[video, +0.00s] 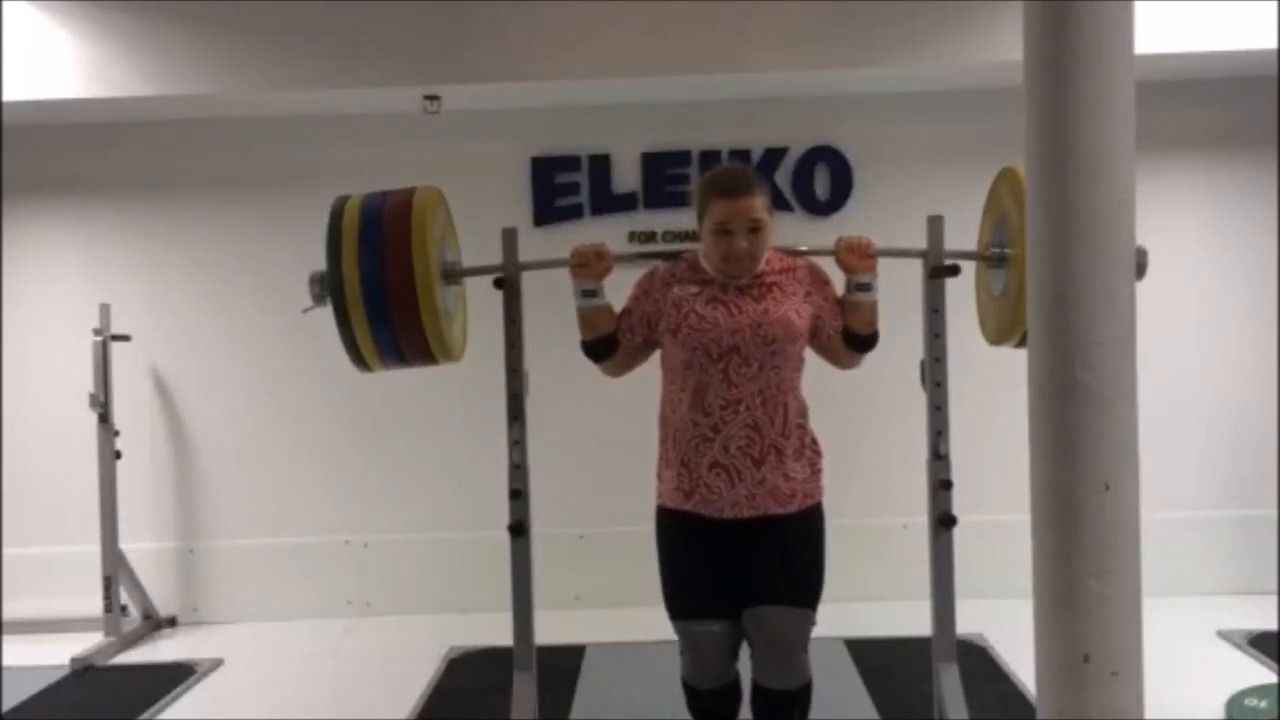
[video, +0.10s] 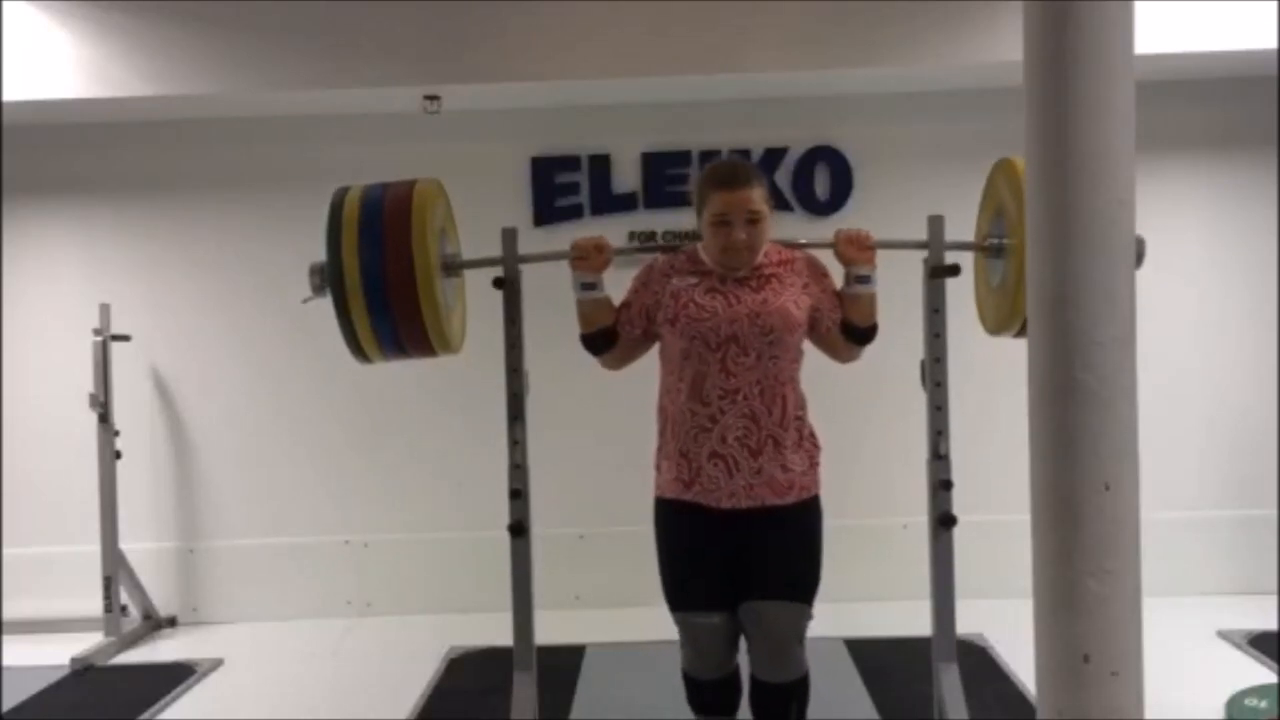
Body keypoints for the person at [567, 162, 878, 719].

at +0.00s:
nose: (738, 245)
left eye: (752, 230)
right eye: (723, 232)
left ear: (769, 227)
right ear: (701, 230)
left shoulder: (800, 279)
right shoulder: (666, 285)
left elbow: (847, 354)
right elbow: (613, 359)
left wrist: (862, 281)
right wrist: (589, 287)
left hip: (783, 507)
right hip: (693, 508)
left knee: (783, 663)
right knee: (706, 667)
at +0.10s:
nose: (737, 237)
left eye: (751, 221)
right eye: (722, 223)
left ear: (769, 219)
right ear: (700, 223)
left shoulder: (798, 272)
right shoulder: (665, 277)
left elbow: (847, 347)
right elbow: (612, 352)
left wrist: (861, 275)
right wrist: (588, 281)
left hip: (781, 496)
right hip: (692, 498)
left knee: (779, 647)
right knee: (706, 651)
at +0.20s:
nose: (736, 234)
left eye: (749, 219)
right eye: (720, 220)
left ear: (768, 215)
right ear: (698, 220)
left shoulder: (796, 269)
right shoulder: (663, 274)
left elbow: (845, 343)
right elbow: (610, 348)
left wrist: (858, 270)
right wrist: (588, 277)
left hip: (779, 492)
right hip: (690, 494)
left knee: (776, 640)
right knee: (706, 645)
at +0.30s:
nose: (734, 234)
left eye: (747, 220)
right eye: (718, 221)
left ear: (765, 216)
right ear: (696, 220)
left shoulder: (792, 266)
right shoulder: (660, 272)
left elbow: (841, 340)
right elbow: (609, 345)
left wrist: (855, 269)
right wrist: (586, 277)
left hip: (777, 490)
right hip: (689, 491)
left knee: (774, 638)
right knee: (705, 643)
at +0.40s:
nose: (732, 236)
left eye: (745, 221)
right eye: (716, 223)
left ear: (762, 217)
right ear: (694, 221)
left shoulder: (790, 268)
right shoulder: (658, 272)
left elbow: (837, 340)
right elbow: (607, 345)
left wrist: (852, 271)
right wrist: (585, 278)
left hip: (774, 490)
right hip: (686, 491)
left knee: (772, 642)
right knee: (703, 646)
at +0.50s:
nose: (729, 239)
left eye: (742, 224)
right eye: (714, 225)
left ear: (760, 219)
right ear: (692, 222)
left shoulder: (786, 269)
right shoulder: (656, 272)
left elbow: (833, 341)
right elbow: (604, 345)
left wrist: (848, 274)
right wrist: (584, 278)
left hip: (771, 490)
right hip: (683, 492)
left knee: (770, 642)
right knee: (700, 647)